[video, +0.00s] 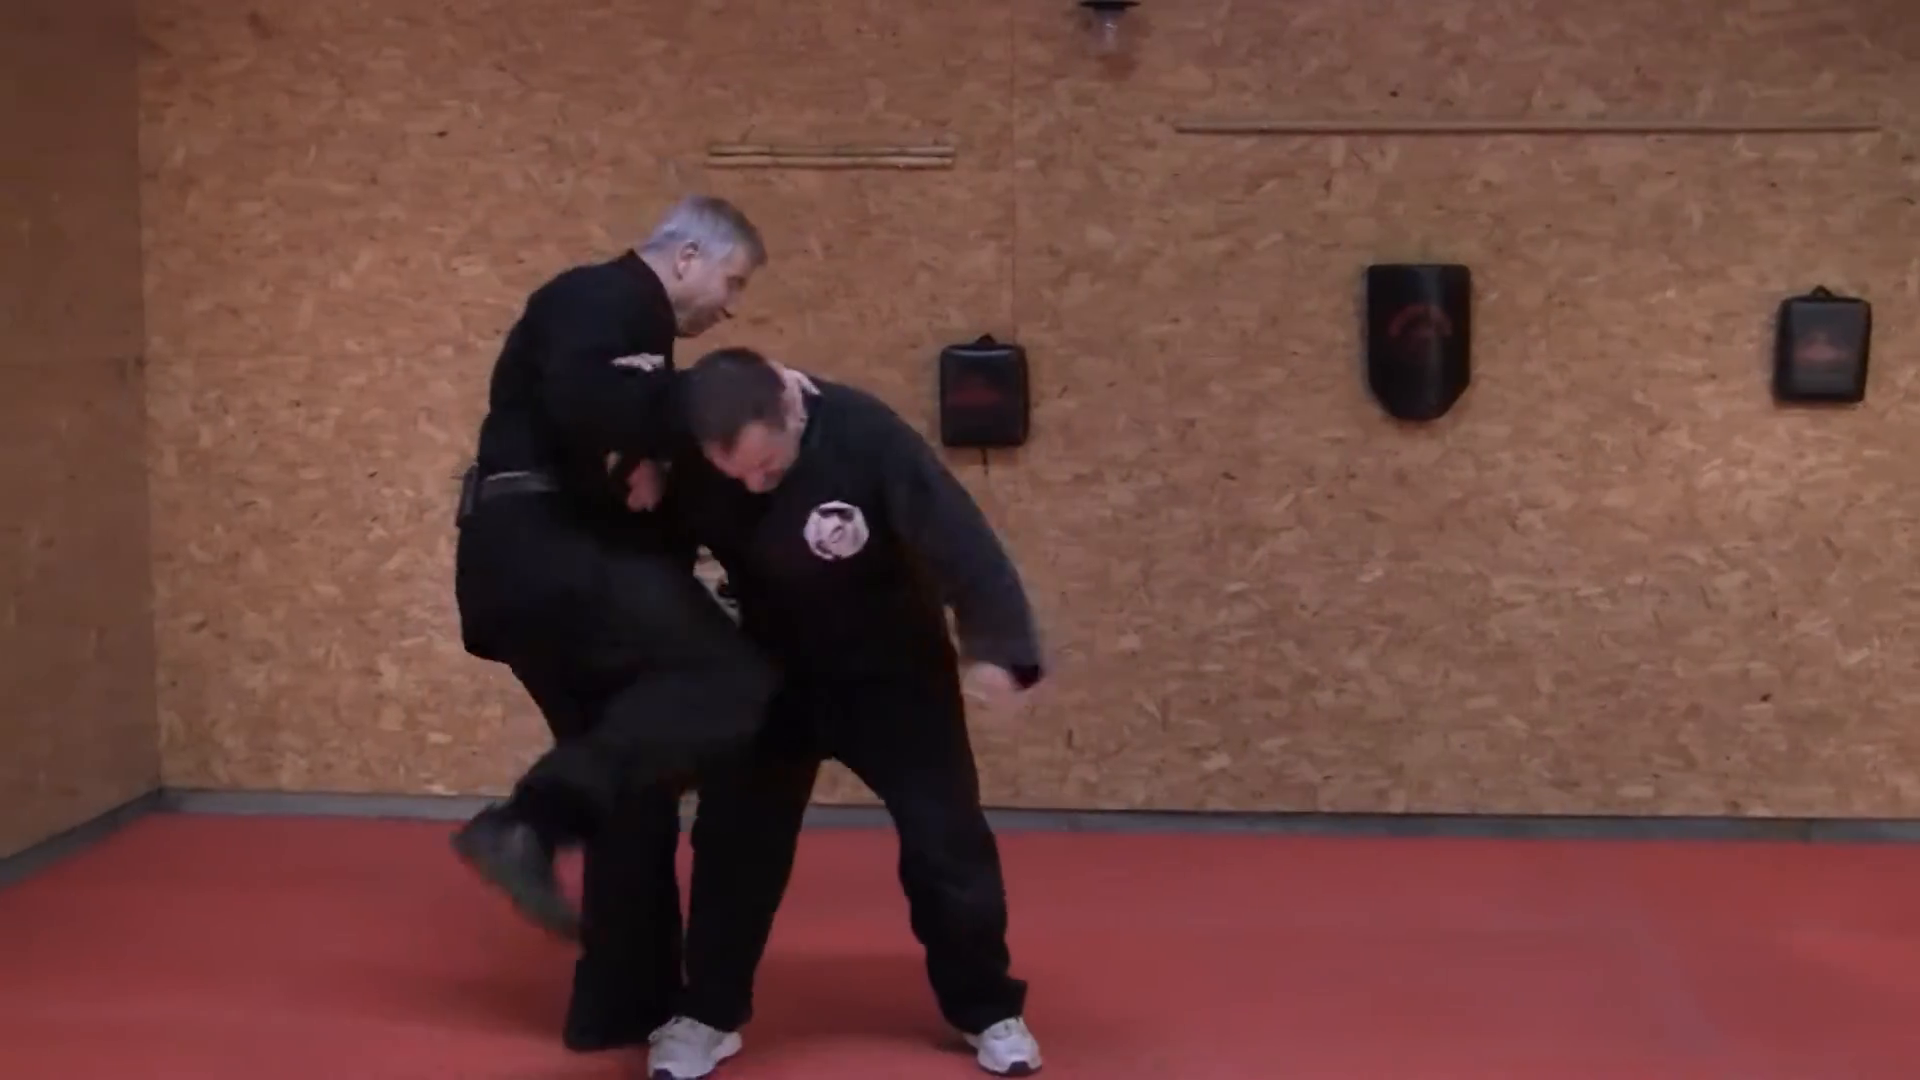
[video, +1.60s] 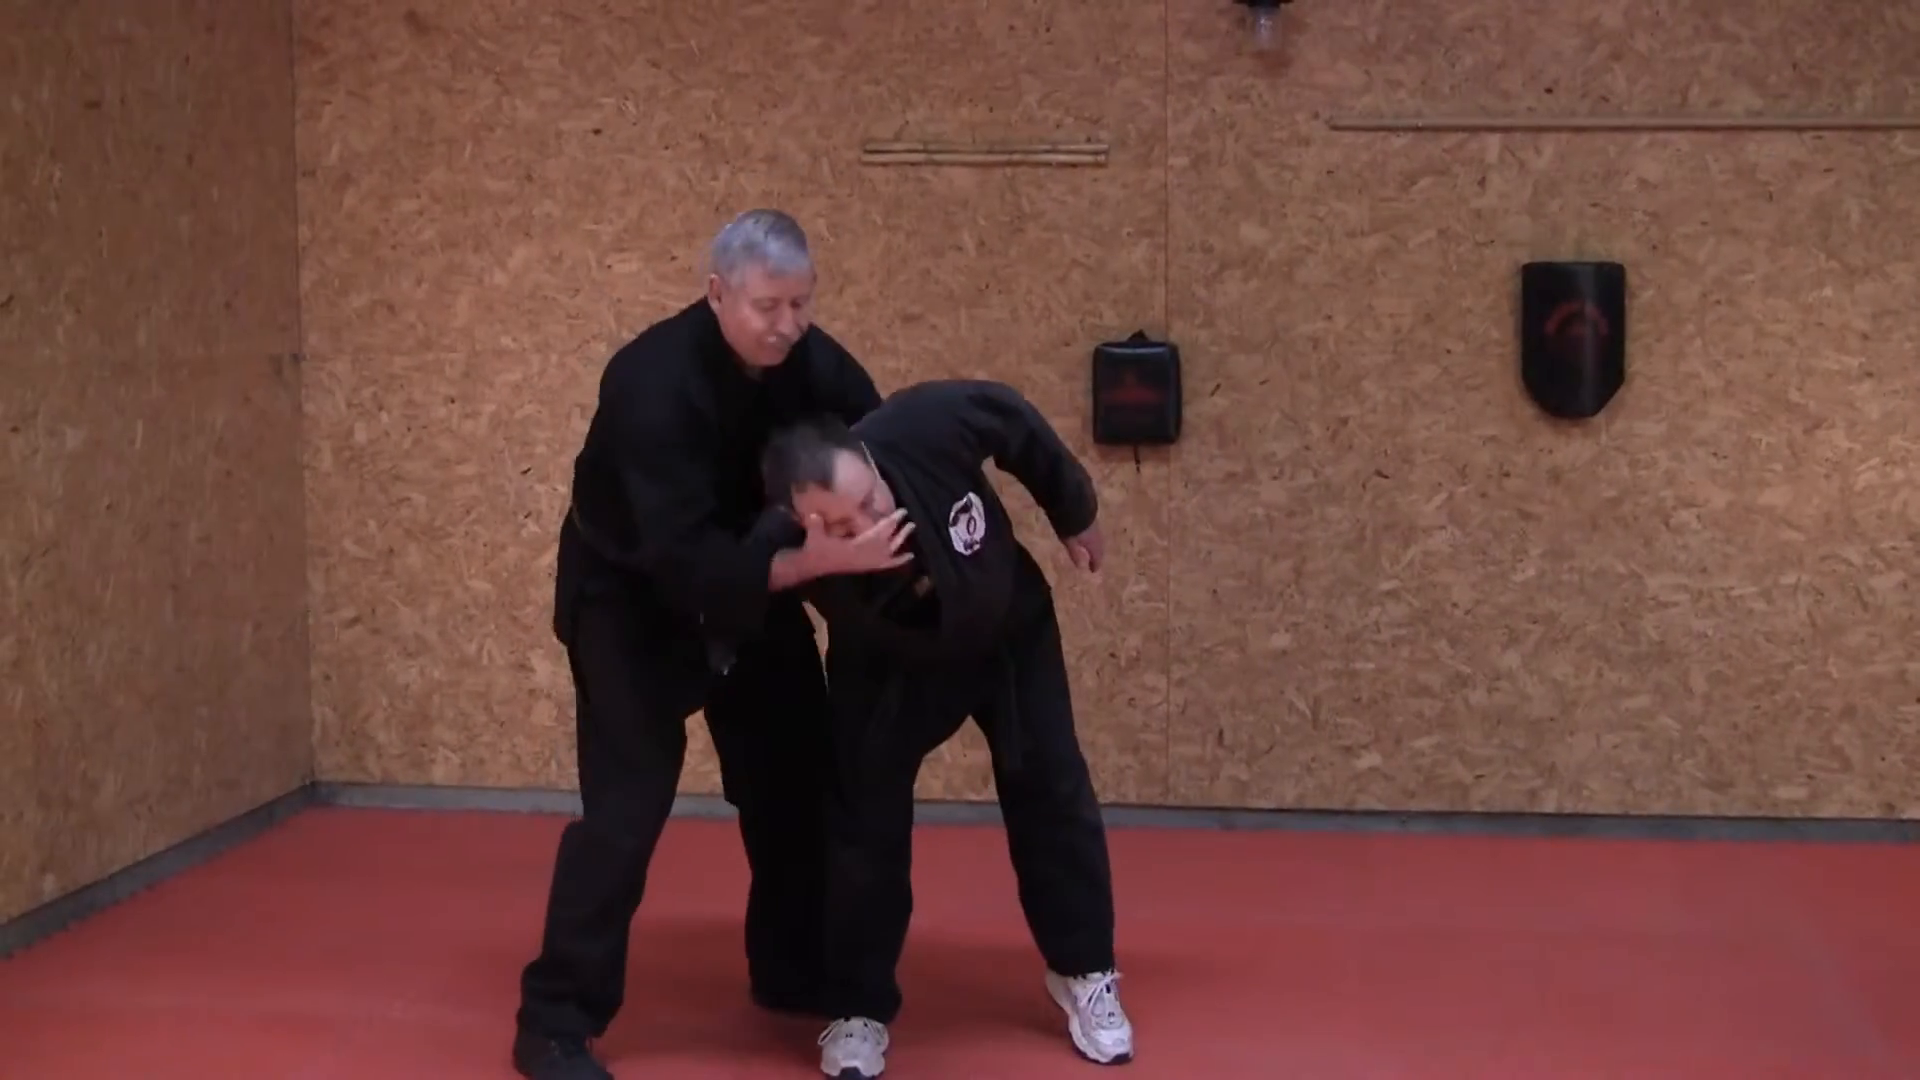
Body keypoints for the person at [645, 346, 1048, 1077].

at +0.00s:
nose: (757, 483)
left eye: (767, 464)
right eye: (737, 475)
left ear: (790, 408)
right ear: (706, 450)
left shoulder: (865, 439)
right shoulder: (694, 473)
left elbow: (956, 534)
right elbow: (656, 567)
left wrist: (1001, 644)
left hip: (897, 676)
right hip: (774, 679)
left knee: (947, 840)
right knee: (734, 842)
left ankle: (988, 1011)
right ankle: (709, 1012)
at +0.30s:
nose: (861, 521)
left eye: (875, 506)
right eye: (845, 507)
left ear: (902, 469)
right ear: (820, 468)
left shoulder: (951, 457)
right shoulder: (786, 484)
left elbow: (1024, 561)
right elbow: (742, 586)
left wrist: (934, 602)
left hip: (969, 672)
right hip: (843, 673)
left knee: (1016, 836)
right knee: (794, 834)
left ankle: (1041, 1009)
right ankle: (761, 1012)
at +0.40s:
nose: (873, 544)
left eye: (887, 531)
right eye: (857, 532)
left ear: (913, 488)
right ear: (829, 488)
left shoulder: (964, 461)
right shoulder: (792, 501)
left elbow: (1053, 546)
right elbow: (750, 595)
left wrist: (1015, 652)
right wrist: (747, 705)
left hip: (989, 673)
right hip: (867, 681)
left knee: (1043, 842)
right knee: (818, 840)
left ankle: (1061, 1008)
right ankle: (779, 1012)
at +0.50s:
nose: (867, 576)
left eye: (883, 564)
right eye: (851, 564)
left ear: (911, 526)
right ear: (824, 520)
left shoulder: (971, 474)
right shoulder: (796, 503)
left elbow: (1076, 545)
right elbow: (765, 568)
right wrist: (765, 650)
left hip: (1006, 666)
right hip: (880, 676)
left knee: (1057, 830)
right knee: (836, 830)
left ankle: (1082, 1010)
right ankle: (794, 1013)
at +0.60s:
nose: (850, 608)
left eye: (867, 600)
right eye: (838, 597)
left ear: (903, 554)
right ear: (819, 541)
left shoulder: (981, 503)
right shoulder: (791, 489)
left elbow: (1095, 559)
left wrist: (1177, 640)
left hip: (1008, 668)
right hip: (879, 672)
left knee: (1062, 832)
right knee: (837, 828)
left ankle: (1094, 1008)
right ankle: (811, 1012)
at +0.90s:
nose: (889, 623)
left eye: (901, 607)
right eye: (868, 613)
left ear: (920, 553)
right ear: (832, 569)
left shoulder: (976, 490)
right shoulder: (797, 547)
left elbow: (1068, 495)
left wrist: (1079, 616)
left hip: (1004, 657)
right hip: (879, 672)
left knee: (1073, 816)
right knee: (859, 831)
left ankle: (1123, 989)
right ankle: (847, 1011)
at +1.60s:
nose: (868, 521)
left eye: (870, 497)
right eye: (842, 518)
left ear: (872, 462)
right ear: (798, 517)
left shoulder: (923, 429)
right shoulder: (782, 545)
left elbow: (1009, 416)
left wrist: (1073, 511)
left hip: (1002, 624)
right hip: (883, 656)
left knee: (1051, 790)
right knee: (865, 817)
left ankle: (1086, 971)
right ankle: (859, 1011)